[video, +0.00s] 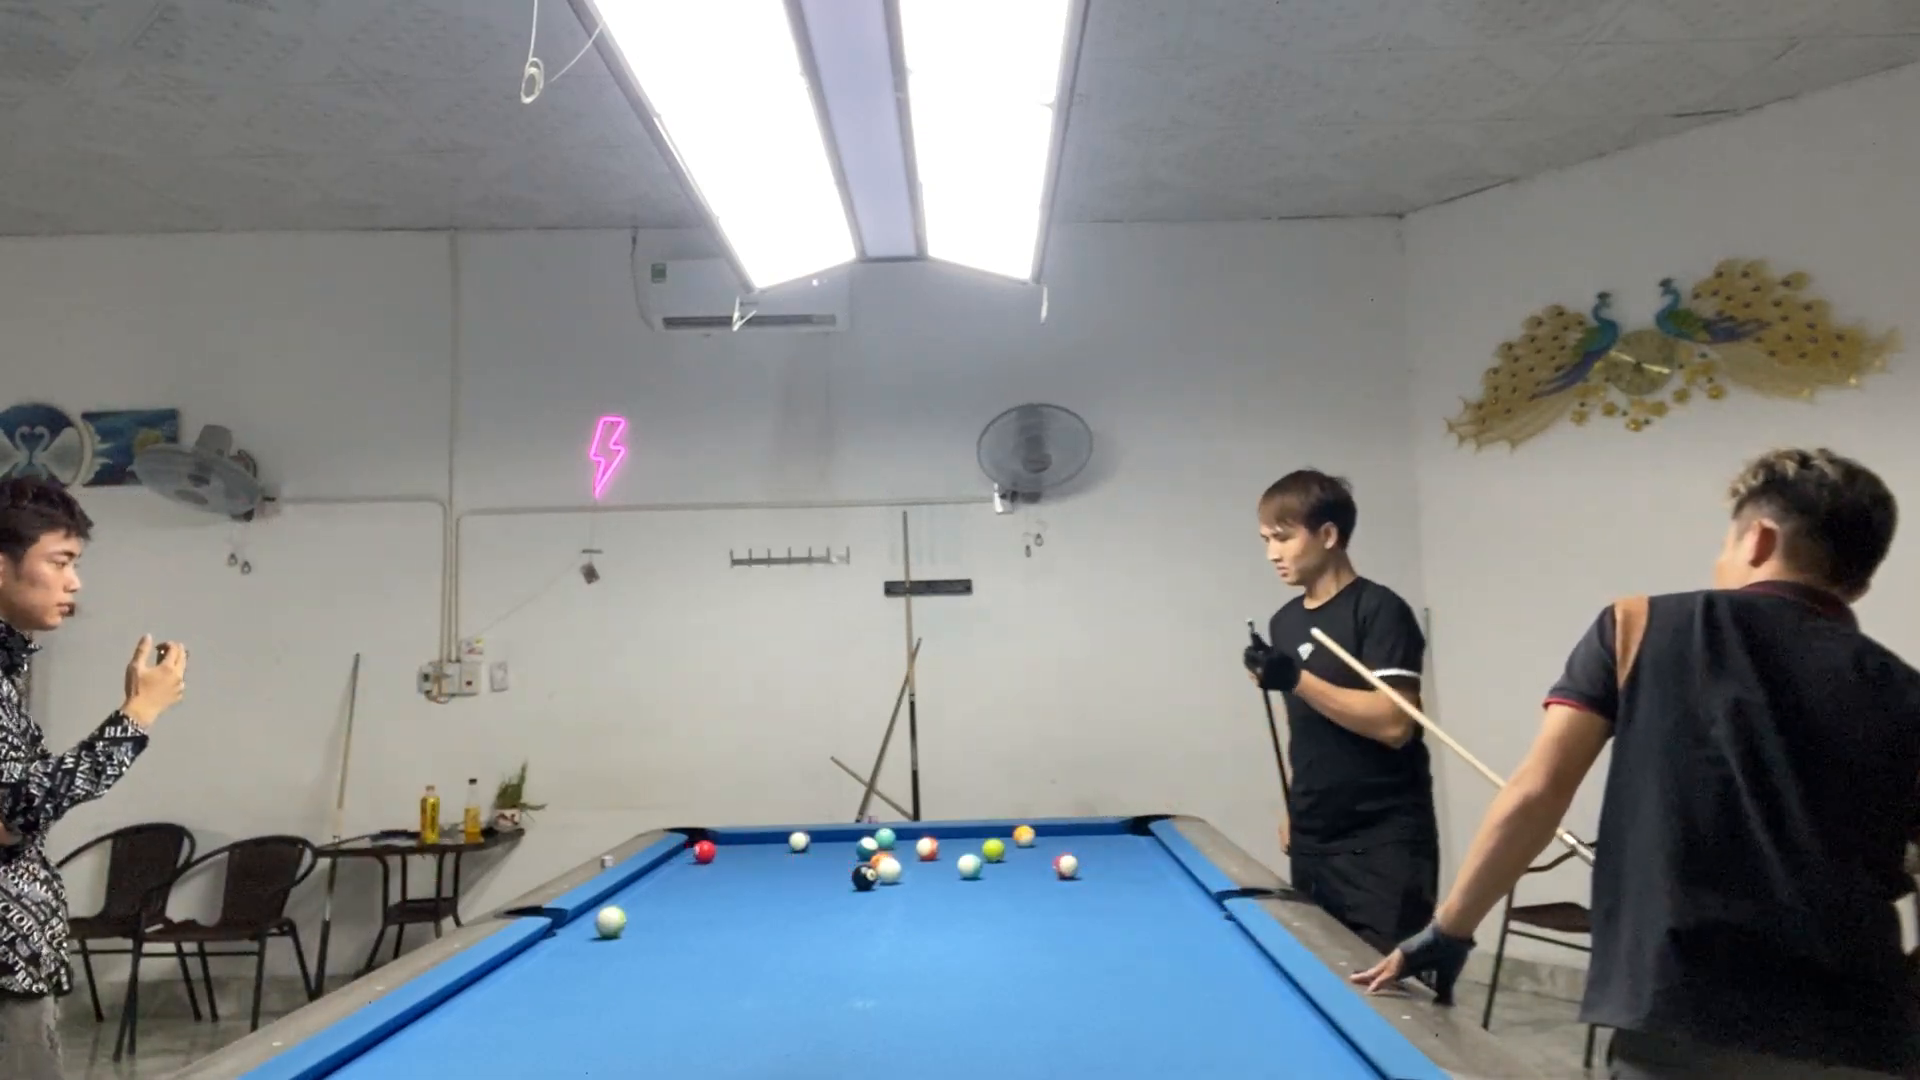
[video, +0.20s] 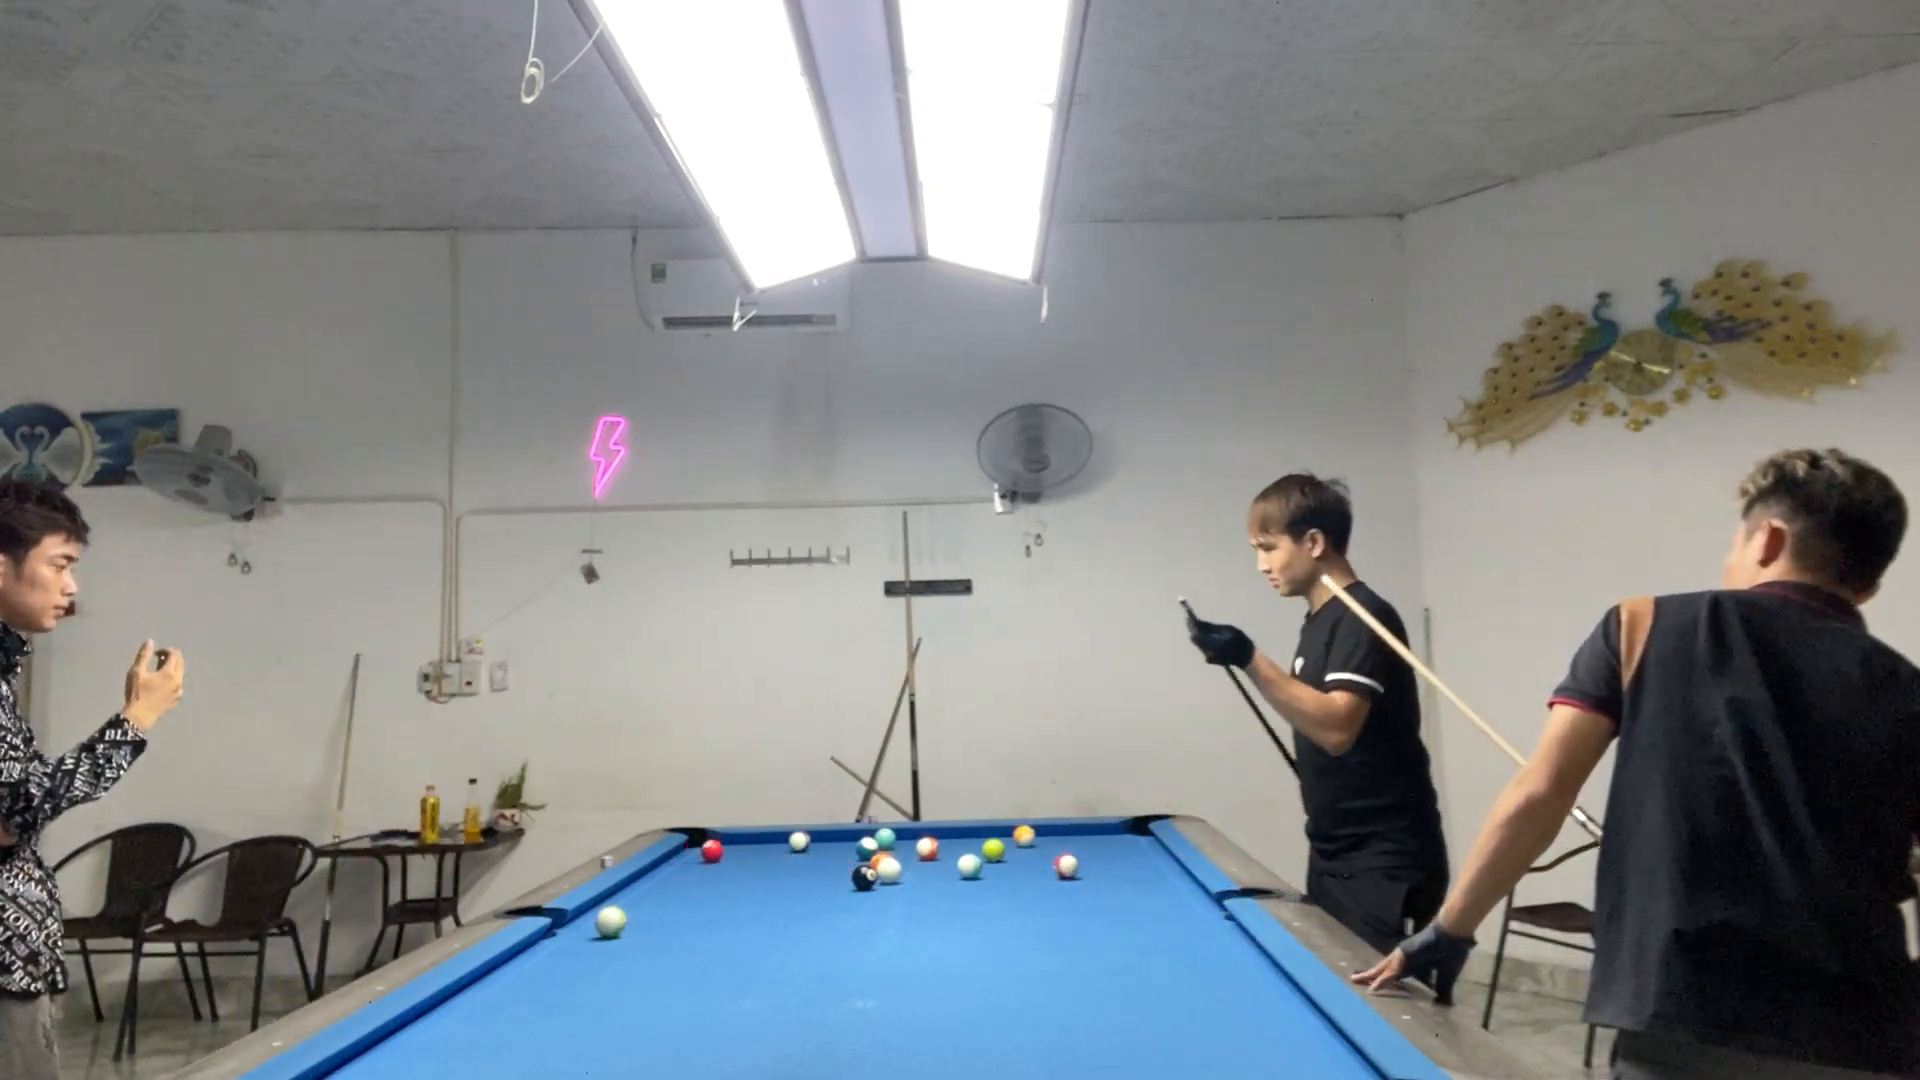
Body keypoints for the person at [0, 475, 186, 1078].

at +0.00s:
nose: (75, 583)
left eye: (74, 564)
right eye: (60, 561)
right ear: (6, 565)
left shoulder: (12, 668)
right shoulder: (6, 672)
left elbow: (32, 792)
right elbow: (24, 801)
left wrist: (133, 713)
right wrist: (137, 714)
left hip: (29, 968)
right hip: (15, 973)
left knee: (40, 1066)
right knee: (34, 1068)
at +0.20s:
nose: (72, 588)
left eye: (72, 568)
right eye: (60, 564)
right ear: (6, 566)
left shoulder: (9, 667)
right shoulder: (5, 670)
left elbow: (27, 795)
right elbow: (22, 801)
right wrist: (136, 719)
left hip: (24, 968)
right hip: (14, 972)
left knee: (36, 1068)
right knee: (32, 1069)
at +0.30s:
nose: (71, 589)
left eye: (72, 569)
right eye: (60, 566)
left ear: (19, 567)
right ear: (6, 565)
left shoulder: (8, 666)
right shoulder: (4, 668)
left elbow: (24, 796)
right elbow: (21, 800)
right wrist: (136, 720)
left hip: (22, 967)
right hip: (12, 971)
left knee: (33, 1068)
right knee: (31, 1069)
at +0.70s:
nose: (70, 592)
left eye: (70, 571)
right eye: (60, 568)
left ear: (19, 568)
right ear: (7, 566)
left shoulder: (7, 666)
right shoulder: (4, 669)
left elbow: (21, 796)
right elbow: (18, 802)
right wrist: (134, 723)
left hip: (20, 974)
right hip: (10, 978)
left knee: (30, 1067)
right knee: (27, 1069)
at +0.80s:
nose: (69, 591)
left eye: (70, 571)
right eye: (59, 567)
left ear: (18, 568)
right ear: (7, 566)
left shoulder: (7, 664)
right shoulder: (5, 666)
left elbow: (20, 797)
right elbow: (17, 803)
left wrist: (129, 724)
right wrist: (133, 724)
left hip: (19, 974)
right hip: (10, 978)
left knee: (30, 1068)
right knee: (28, 1069)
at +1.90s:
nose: (69, 587)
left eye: (71, 569)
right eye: (56, 565)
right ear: (5, 566)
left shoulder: (9, 667)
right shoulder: (5, 669)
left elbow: (23, 795)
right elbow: (22, 799)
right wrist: (137, 721)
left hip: (20, 974)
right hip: (11, 977)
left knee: (29, 1069)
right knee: (26, 1071)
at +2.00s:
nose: (70, 588)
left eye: (71, 569)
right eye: (56, 565)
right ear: (6, 567)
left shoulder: (9, 667)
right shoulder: (5, 670)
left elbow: (25, 795)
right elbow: (25, 799)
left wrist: (14, 824)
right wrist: (139, 720)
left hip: (20, 972)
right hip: (11, 974)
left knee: (30, 1069)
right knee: (26, 1070)